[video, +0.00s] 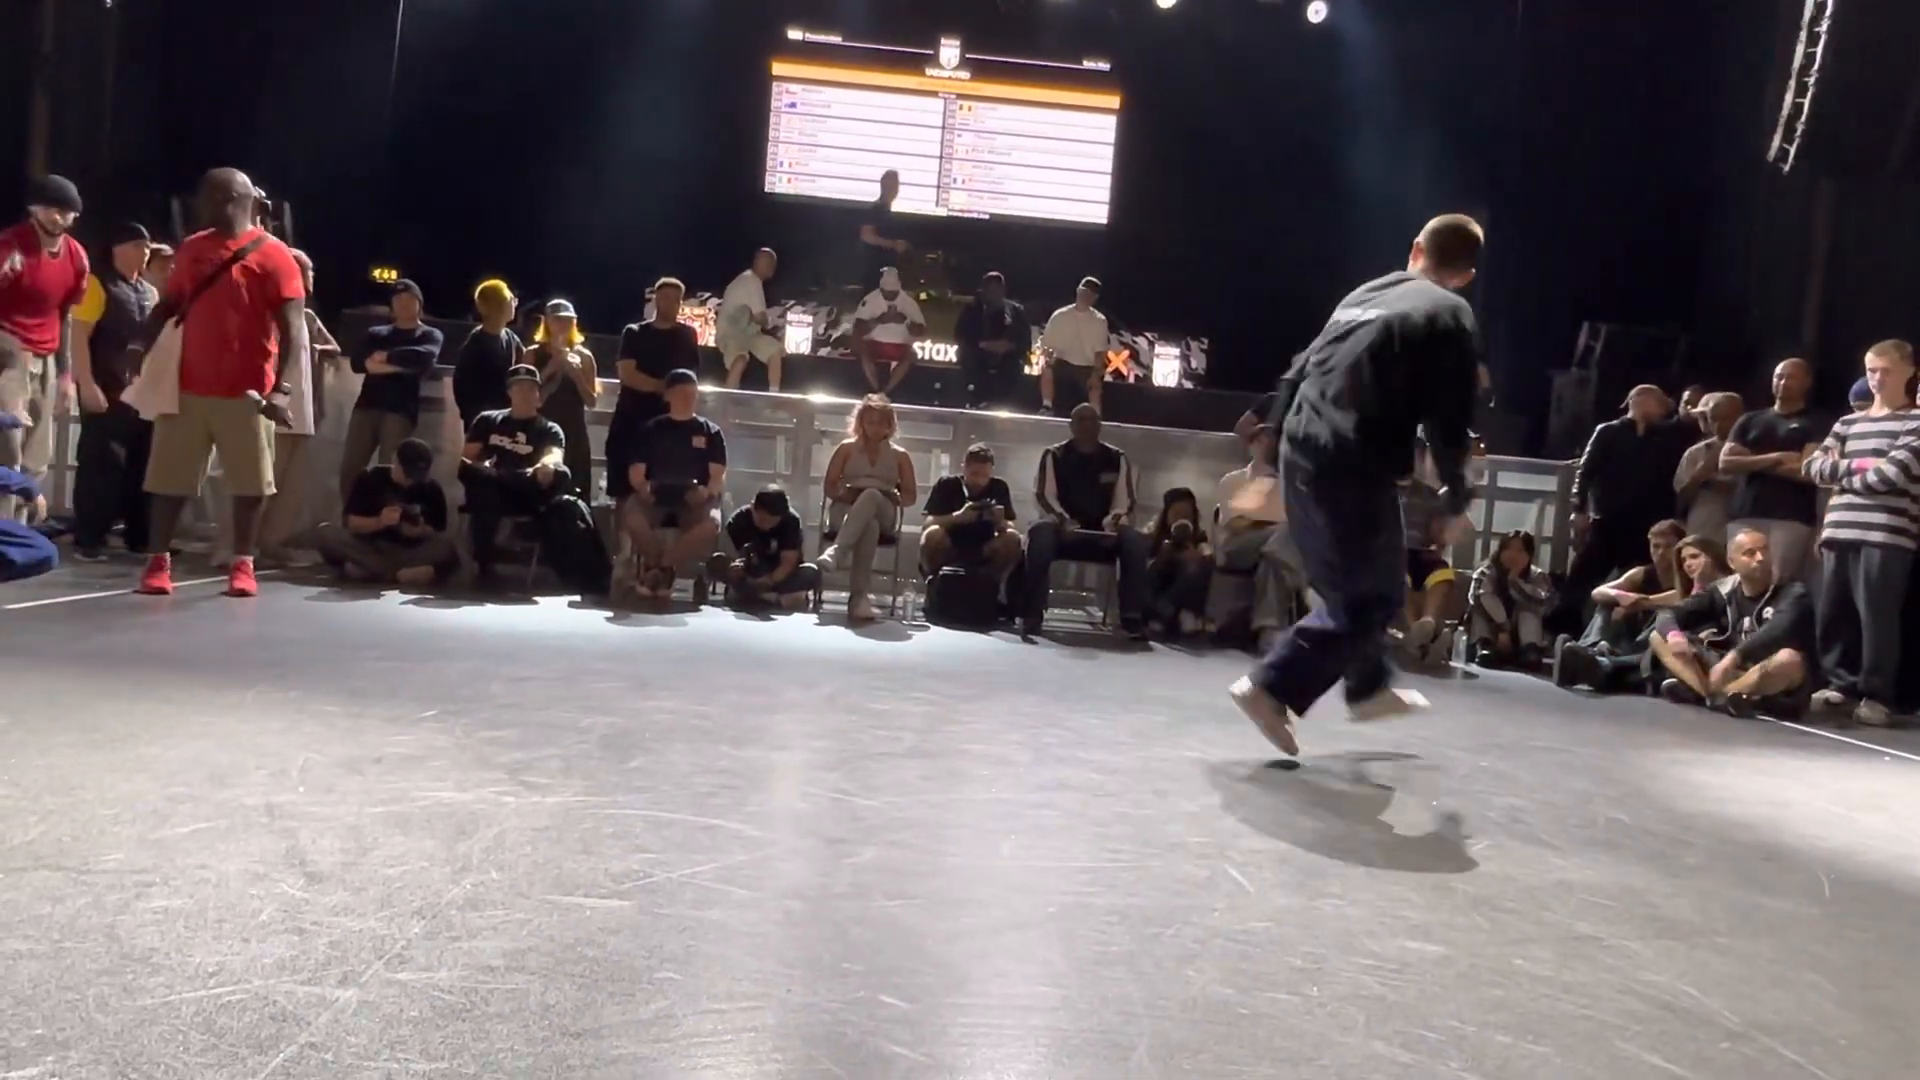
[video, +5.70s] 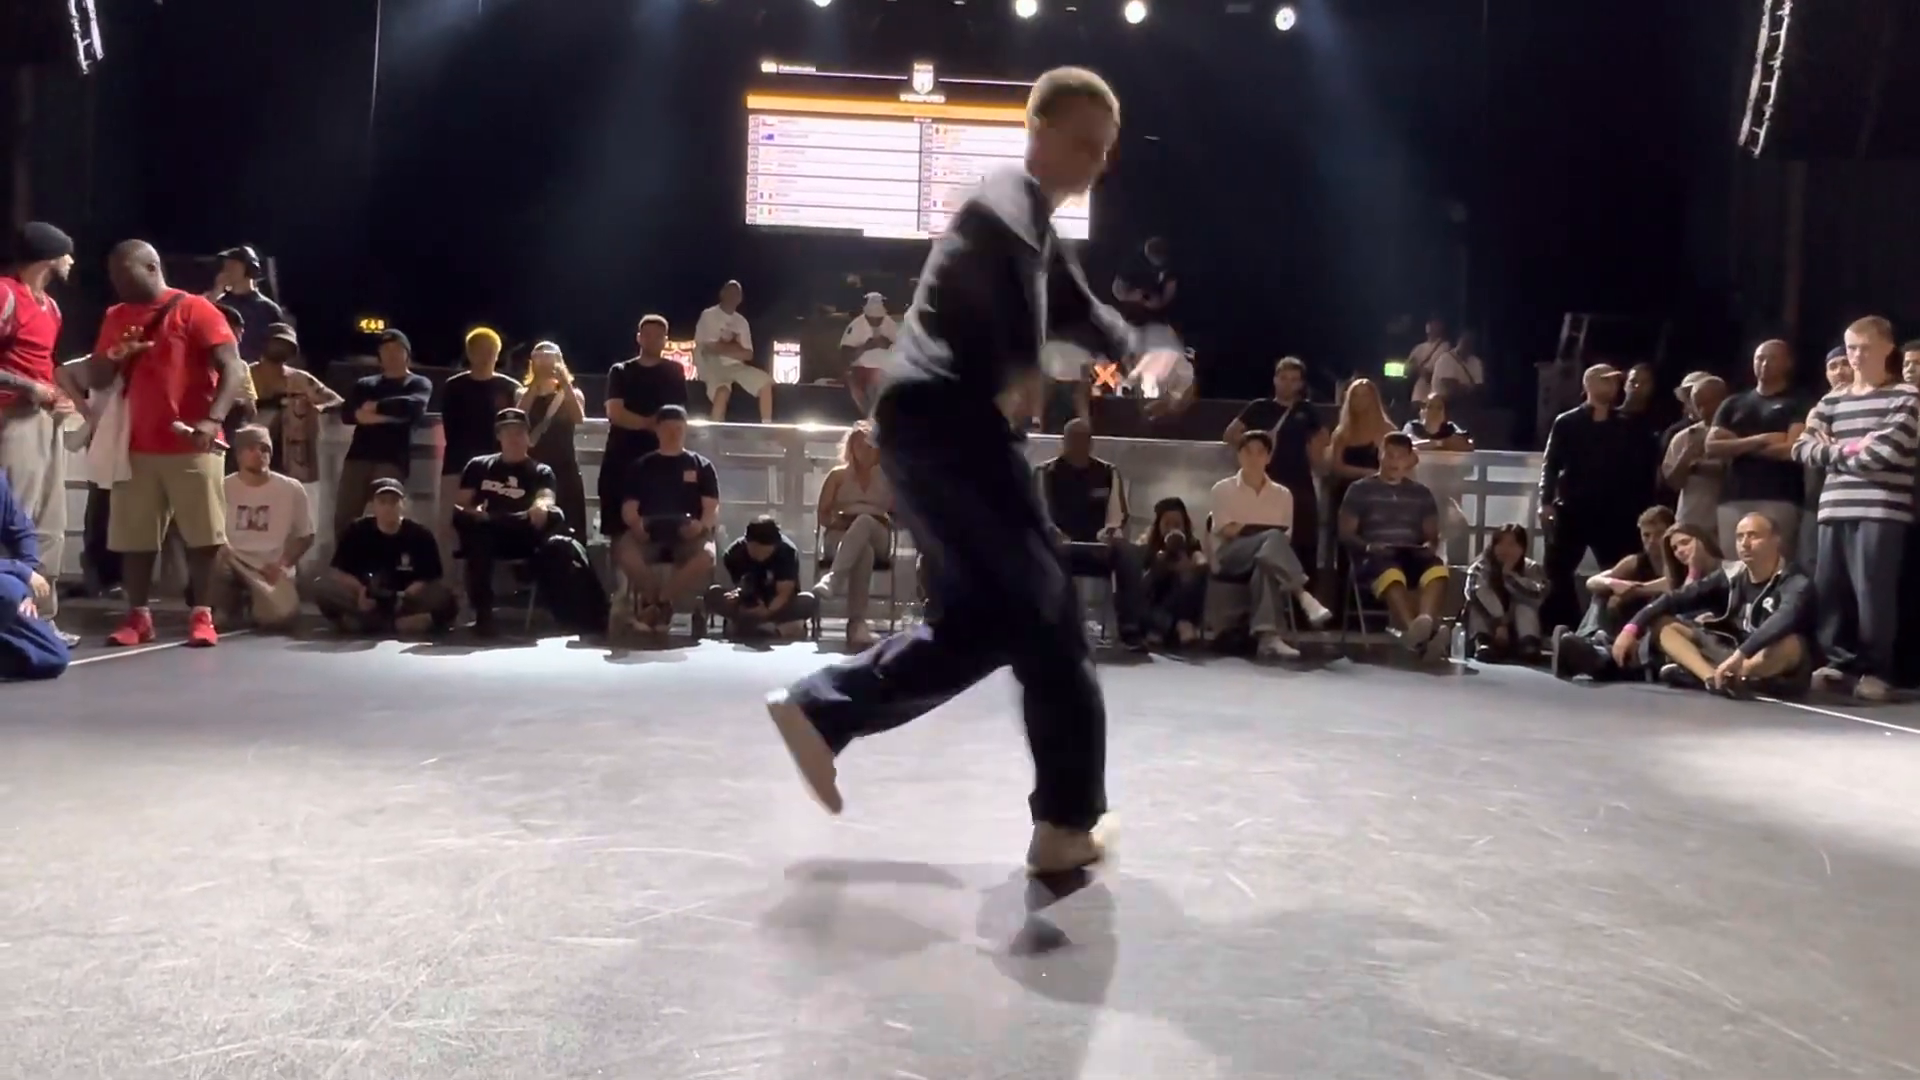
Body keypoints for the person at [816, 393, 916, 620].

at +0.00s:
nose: (875, 428)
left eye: (881, 423)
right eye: (870, 422)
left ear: (890, 425)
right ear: (860, 423)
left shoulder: (899, 456)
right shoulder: (847, 449)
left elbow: (909, 498)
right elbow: (830, 488)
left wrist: (885, 494)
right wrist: (854, 497)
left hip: (884, 518)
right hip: (844, 512)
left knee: (870, 495)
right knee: (869, 524)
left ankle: (836, 550)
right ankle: (859, 597)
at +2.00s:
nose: (874, 427)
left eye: (880, 422)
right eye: (869, 421)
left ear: (889, 425)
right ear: (859, 423)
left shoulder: (898, 457)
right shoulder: (846, 450)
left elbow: (908, 499)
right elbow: (829, 490)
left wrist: (889, 500)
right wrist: (851, 499)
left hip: (883, 518)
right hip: (844, 512)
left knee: (869, 497)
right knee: (869, 527)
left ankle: (834, 553)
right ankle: (857, 600)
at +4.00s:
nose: (850, 437)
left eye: (856, 432)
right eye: (844, 432)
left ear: (863, 436)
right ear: (834, 435)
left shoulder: (874, 468)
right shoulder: (820, 463)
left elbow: (886, 508)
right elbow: (805, 502)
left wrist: (866, 511)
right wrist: (825, 511)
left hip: (861, 529)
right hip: (822, 525)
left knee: (846, 508)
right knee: (847, 538)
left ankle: (813, 565)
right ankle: (838, 611)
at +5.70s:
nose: (868, 449)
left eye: (872, 444)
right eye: (862, 444)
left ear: (878, 449)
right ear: (851, 447)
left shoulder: (886, 478)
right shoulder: (838, 475)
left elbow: (900, 518)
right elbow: (823, 516)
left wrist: (878, 519)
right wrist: (846, 522)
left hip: (879, 540)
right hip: (839, 537)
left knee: (864, 521)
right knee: (864, 551)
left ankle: (832, 578)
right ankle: (856, 623)